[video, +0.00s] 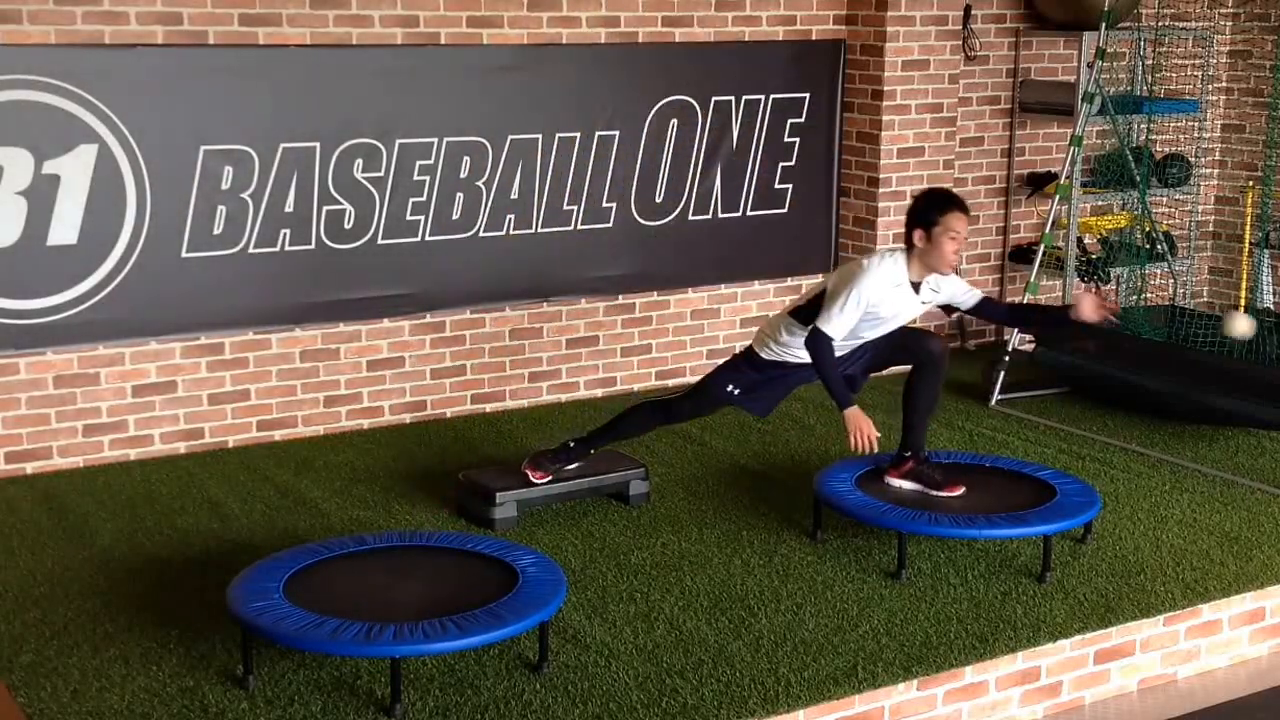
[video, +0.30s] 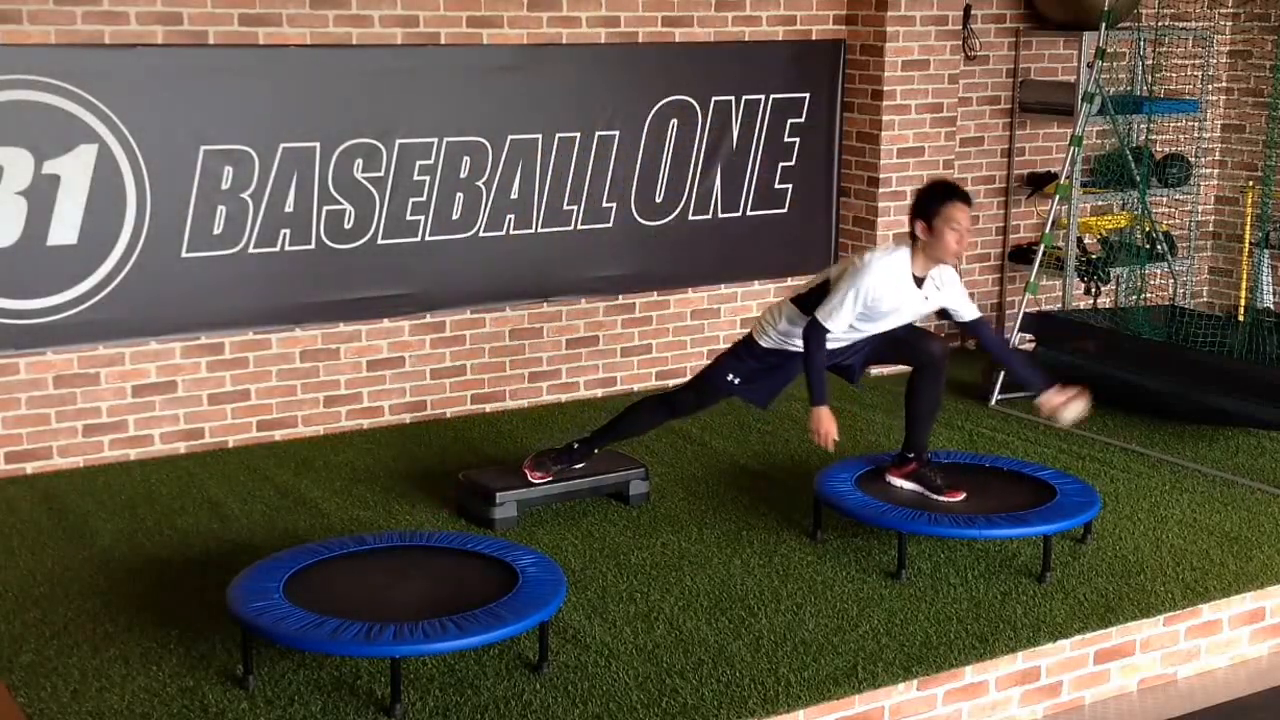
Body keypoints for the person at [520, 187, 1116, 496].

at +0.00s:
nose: (964, 250)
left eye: (966, 240)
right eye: (956, 239)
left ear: (950, 243)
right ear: (919, 239)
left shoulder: (942, 280)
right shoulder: (875, 275)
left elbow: (1002, 311)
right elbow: (822, 341)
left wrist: (1071, 312)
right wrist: (850, 406)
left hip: (846, 349)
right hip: (787, 349)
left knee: (930, 346)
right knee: (687, 406)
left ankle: (909, 461)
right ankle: (571, 454)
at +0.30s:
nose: (969, 239)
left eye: (971, 229)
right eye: (960, 228)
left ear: (958, 235)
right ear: (925, 229)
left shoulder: (946, 283)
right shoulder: (875, 269)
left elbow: (990, 341)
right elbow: (818, 334)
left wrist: (1044, 391)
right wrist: (821, 406)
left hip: (849, 340)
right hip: (791, 333)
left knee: (933, 348)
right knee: (684, 400)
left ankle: (910, 463)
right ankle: (572, 454)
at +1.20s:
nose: (578, 105)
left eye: (584, 93)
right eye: (567, 95)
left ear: (592, 94)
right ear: (539, 95)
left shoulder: (595, 149)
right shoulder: (521, 149)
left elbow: (653, 171)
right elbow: (457, 184)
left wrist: (660, 158)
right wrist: (461, 174)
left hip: (538, 298)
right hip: (491, 295)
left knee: (564, 366)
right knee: (452, 389)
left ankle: (521, 451)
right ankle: (396, 505)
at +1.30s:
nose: (541, 152)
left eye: (547, 141)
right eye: (530, 141)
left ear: (553, 142)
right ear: (501, 141)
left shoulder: (553, 194)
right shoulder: (479, 199)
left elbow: (597, 221)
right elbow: (444, 262)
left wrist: (619, 217)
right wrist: (456, 268)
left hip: (501, 331)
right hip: (448, 336)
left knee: (545, 384)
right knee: (423, 432)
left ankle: (521, 452)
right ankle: (374, 559)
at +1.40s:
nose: (505, 204)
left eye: (511, 192)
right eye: (492, 193)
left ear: (518, 194)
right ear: (462, 197)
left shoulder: (521, 235)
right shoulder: (444, 252)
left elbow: (562, 255)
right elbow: (435, 307)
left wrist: (583, 262)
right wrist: (461, 338)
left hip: (472, 356)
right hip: (414, 354)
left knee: (525, 410)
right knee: (403, 422)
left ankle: (520, 456)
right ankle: (373, 552)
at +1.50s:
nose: (479, 247)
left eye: (486, 235)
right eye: (466, 236)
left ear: (494, 235)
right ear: (434, 237)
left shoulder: (501, 264)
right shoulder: (418, 286)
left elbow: (554, 278)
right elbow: (418, 343)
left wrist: (564, 290)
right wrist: (462, 375)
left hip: (455, 374)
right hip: (396, 371)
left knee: (508, 418)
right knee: (381, 425)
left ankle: (524, 453)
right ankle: (369, 549)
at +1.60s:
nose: (465, 278)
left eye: (473, 266)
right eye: (451, 268)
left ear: (479, 262)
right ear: (420, 270)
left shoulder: (489, 286)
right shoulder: (401, 312)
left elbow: (550, 297)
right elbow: (410, 369)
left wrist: (559, 320)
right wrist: (452, 393)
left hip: (447, 379)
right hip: (388, 381)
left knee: (492, 417)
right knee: (372, 429)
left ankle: (525, 451)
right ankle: (371, 553)